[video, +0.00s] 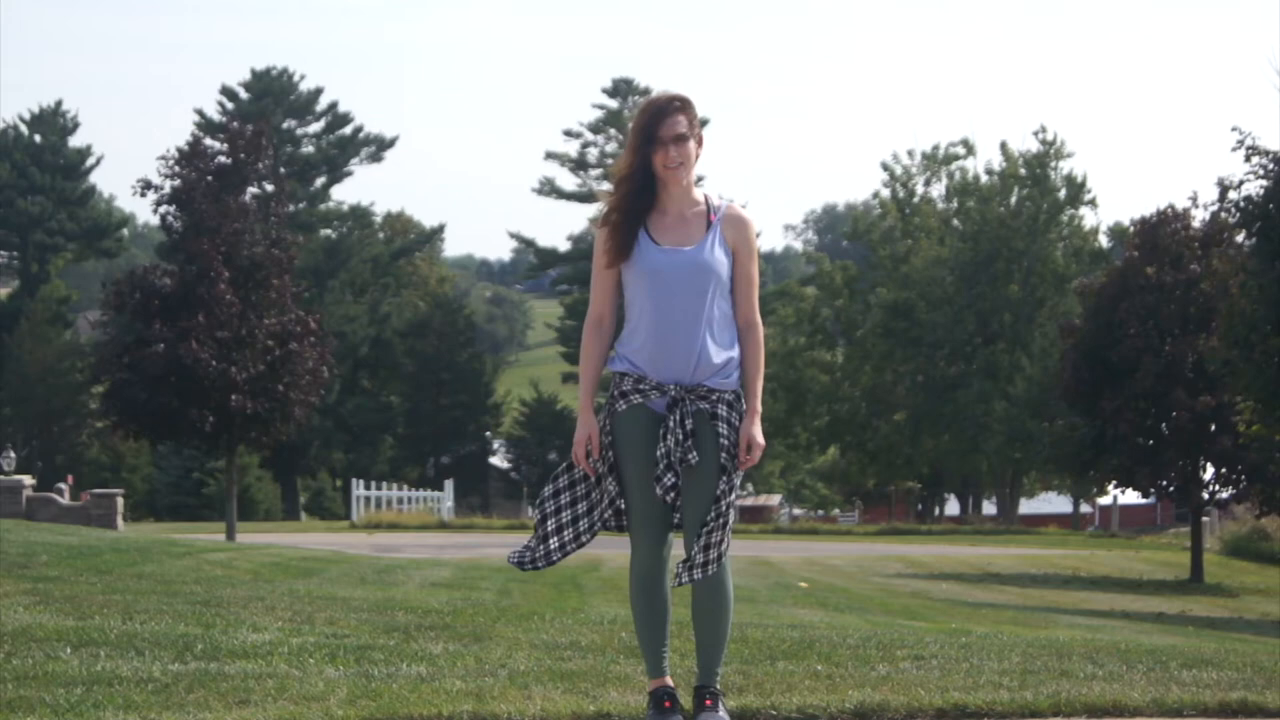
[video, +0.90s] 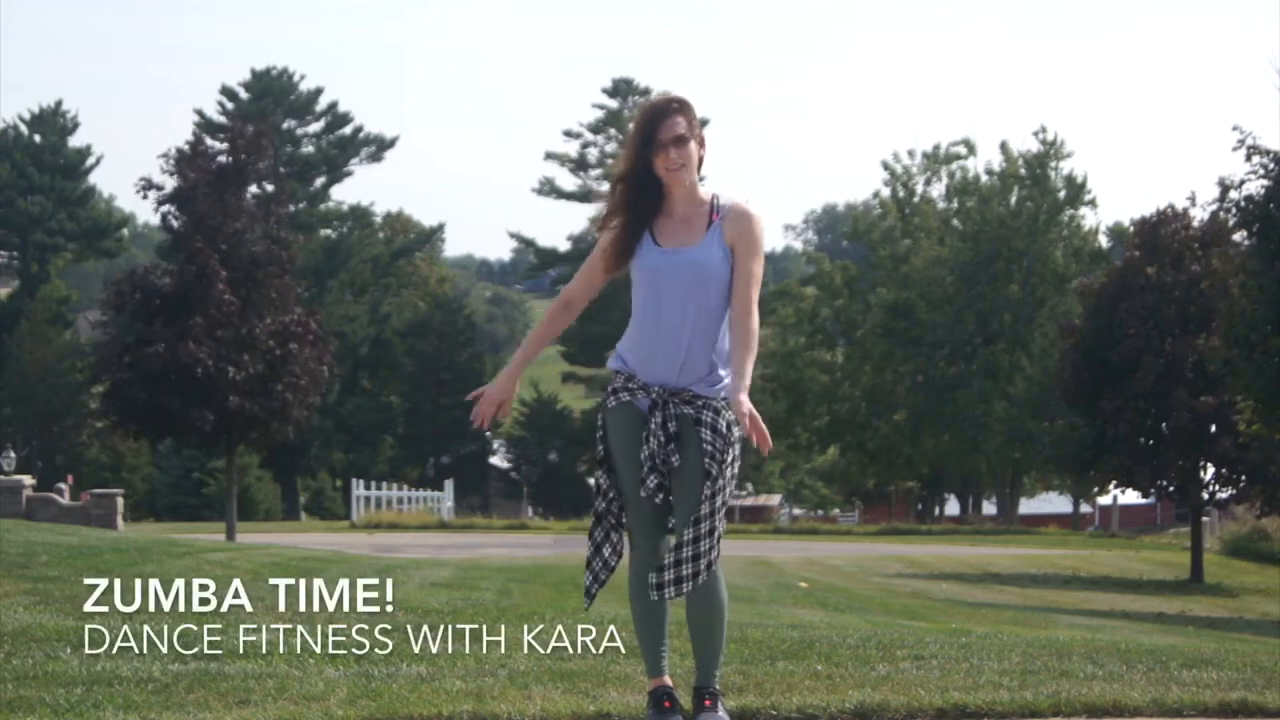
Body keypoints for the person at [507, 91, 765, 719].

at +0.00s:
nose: (674, 150)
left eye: (684, 139)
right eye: (662, 141)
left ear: (701, 144)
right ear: (645, 151)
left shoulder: (732, 223)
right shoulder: (618, 225)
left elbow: (749, 322)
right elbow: (599, 321)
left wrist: (754, 410)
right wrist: (585, 408)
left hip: (714, 395)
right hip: (638, 392)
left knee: (707, 544)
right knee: (649, 543)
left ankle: (709, 691)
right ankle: (660, 685)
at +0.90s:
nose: (677, 151)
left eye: (685, 139)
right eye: (664, 143)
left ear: (701, 144)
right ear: (647, 156)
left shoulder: (738, 222)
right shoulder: (632, 226)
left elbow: (745, 312)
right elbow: (570, 302)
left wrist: (740, 391)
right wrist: (509, 374)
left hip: (704, 398)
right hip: (634, 392)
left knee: (696, 545)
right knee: (646, 541)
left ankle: (707, 692)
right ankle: (660, 686)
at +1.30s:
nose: (685, 164)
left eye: (693, 154)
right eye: (673, 154)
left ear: (702, 156)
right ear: (649, 158)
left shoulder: (726, 216)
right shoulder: (635, 238)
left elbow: (805, 287)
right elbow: (572, 321)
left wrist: (785, 373)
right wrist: (485, 348)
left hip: (705, 404)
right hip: (638, 398)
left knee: (689, 554)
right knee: (646, 550)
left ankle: (706, 694)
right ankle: (657, 686)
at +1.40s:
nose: (689, 162)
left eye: (696, 151)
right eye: (677, 152)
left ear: (705, 154)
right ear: (649, 155)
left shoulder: (725, 215)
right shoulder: (626, 233)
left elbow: (818, 268)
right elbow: (575, 319)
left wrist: (844, 352)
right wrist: (499, 359)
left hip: (712, 401)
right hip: (645, 397)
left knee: (694, 547)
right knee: (642, 547)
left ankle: (707, 693)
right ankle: (656, 685)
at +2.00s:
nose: (704, 169)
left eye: (713, 159)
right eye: (694, 157)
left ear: (721, 166)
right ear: (669, 160)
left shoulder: (722, 243)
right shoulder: (633, 226)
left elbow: (784, 322)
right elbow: (586, 302)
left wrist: (868, 307)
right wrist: (592, 381)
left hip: (739, 408)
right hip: (671, 410)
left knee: (728, 559)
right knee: (693, 557)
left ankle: (712, 691)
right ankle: (667, 691)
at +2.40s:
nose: (715, 156)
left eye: (724, 146)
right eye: (703, 147)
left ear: (737, 154)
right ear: (684, 156)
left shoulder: (730, 232)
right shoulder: (664, 219)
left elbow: (750, 333)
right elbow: (594, 289)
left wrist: (817, 382)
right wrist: (569, 382)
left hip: (711, 408)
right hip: (663, 402)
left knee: (723, 551)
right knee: (692, 545)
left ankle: (711, 694)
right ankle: (664, 694)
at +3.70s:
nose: (688, 150)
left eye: (699, 142)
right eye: (678, 138)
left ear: (710, 153)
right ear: (655, 147)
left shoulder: (726, 216)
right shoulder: (638, 234)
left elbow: (818, 267)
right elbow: (627, 328)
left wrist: (883, 337)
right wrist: (614, 400)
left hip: (730, 403)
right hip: (669, 405)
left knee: (710, 547)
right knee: (662, 550)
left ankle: (708, 693)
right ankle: (661, 687)